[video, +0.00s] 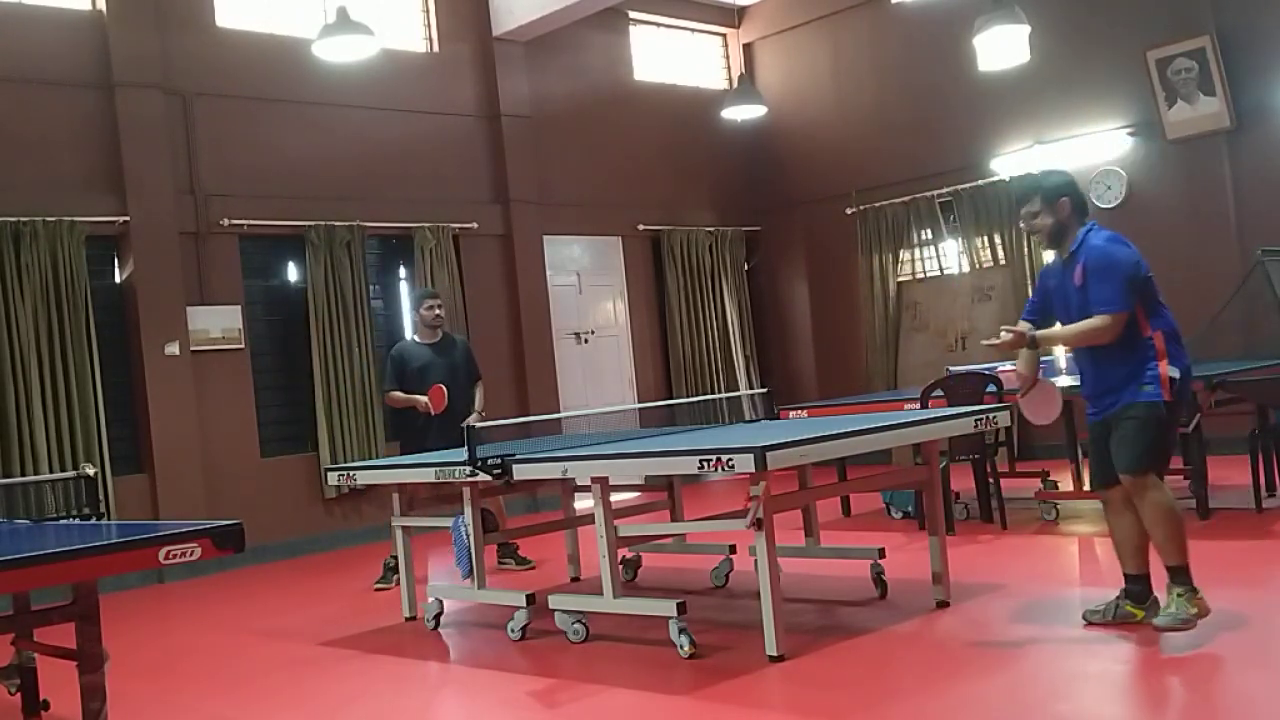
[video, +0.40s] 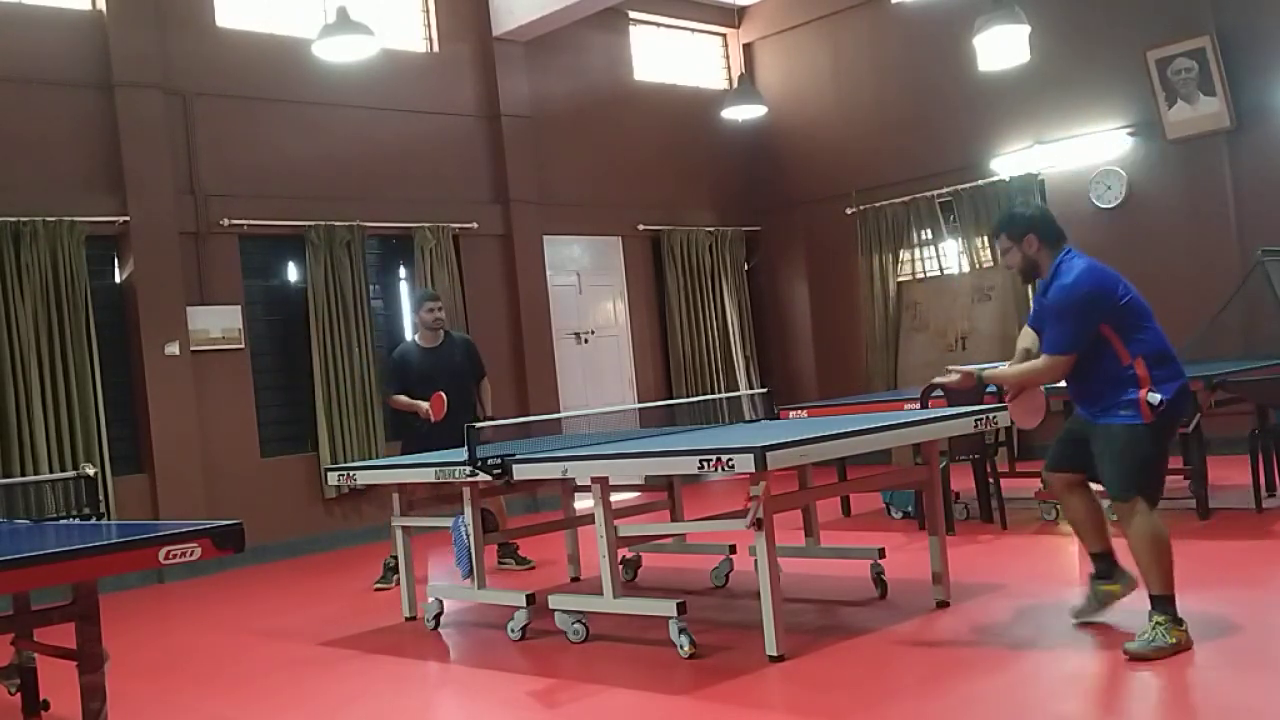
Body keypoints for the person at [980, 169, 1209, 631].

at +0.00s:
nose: (1029, 223)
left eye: (1036, 213)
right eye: (1025, 216)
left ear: (1065, 207)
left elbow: (1107, 327)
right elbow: (1030, 326)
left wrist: (1035, 339)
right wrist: (1021, 354)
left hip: (1148, 377)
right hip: (1104, 392)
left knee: (1136, 474)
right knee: (1112, 488)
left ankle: (1185, 592)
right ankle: (1138, 596)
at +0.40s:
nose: (1003, 262)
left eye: (1005, 251)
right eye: (1000, 253)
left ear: (1032, 242)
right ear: (1033, 245)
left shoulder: (1076, 282)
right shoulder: (1051, 284)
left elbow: (1054, 367)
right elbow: (1032, 335)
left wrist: (978, 377)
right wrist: (1015, 372)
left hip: (1143, 400)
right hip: (1100, 403)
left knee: (1130, 503)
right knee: (1061, 475)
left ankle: (1167, 622)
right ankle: (1108, 576)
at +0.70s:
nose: (971, 323)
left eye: (972, 312)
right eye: (967, 315)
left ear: (997, 300)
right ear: (1000, 299)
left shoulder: (1040, 328)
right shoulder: (1027, 322)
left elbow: (1002, 411)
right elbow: (1000, 368)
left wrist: (938, 409)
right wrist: (996, 404)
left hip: (1141, 407)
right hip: (1097, 417)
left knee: (1113, 499)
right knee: (1060, 492)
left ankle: (1167, 622)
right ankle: (1069, 599)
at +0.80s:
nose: (965, 337)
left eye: (965, 326)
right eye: (960, 329)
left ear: (989, 313)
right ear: (990, 313)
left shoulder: (1030, 341)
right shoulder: (1019, 331)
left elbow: (995, 418)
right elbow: (992, 380)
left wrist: (928, 415)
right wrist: (990, 412)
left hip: (1139, 410)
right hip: (1095, 420)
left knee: (1113, 502)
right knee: (1054, 493)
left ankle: (1166, 621)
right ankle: (1070, 600)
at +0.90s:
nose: (958, 344)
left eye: (960, 334)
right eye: (954, 336)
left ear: (983, 321)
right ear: (986, 320)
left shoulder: (1024, 346)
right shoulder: (1015, 334)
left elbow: (990, 422)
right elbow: (987, 389)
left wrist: (924, 417)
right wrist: (990, 419)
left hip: (1136, 410)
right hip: (1094, 421)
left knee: (1111, 502)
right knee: (1050, 492)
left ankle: (1166, 621)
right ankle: (1070, 600)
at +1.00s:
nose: (955, 344)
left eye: (957, 334)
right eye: (951, 337)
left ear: (980, 322)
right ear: (983, 321)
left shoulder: (1022, 346)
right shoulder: (1014, 335)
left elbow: (989, 422)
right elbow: (984, 388)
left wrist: (924, 417)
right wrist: (992, 415)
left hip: (1134, 411)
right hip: (1091, 422)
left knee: (1109, 502)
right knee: (1047, 493)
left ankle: (1165, 621)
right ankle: (1069, 599)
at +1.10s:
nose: (953, 343)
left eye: (955, 333)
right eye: (950, 335)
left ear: (979, 321)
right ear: (981, 319)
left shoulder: (1021, 344)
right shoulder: (1012, 334)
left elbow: (987, 421)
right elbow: (984, 384)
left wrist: (922, 417)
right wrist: (983, 411)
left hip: (1133, 412)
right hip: (1089, 423)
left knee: (1107, 502)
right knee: (1045, 493)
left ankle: (1165, 622)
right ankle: (1069, 600)